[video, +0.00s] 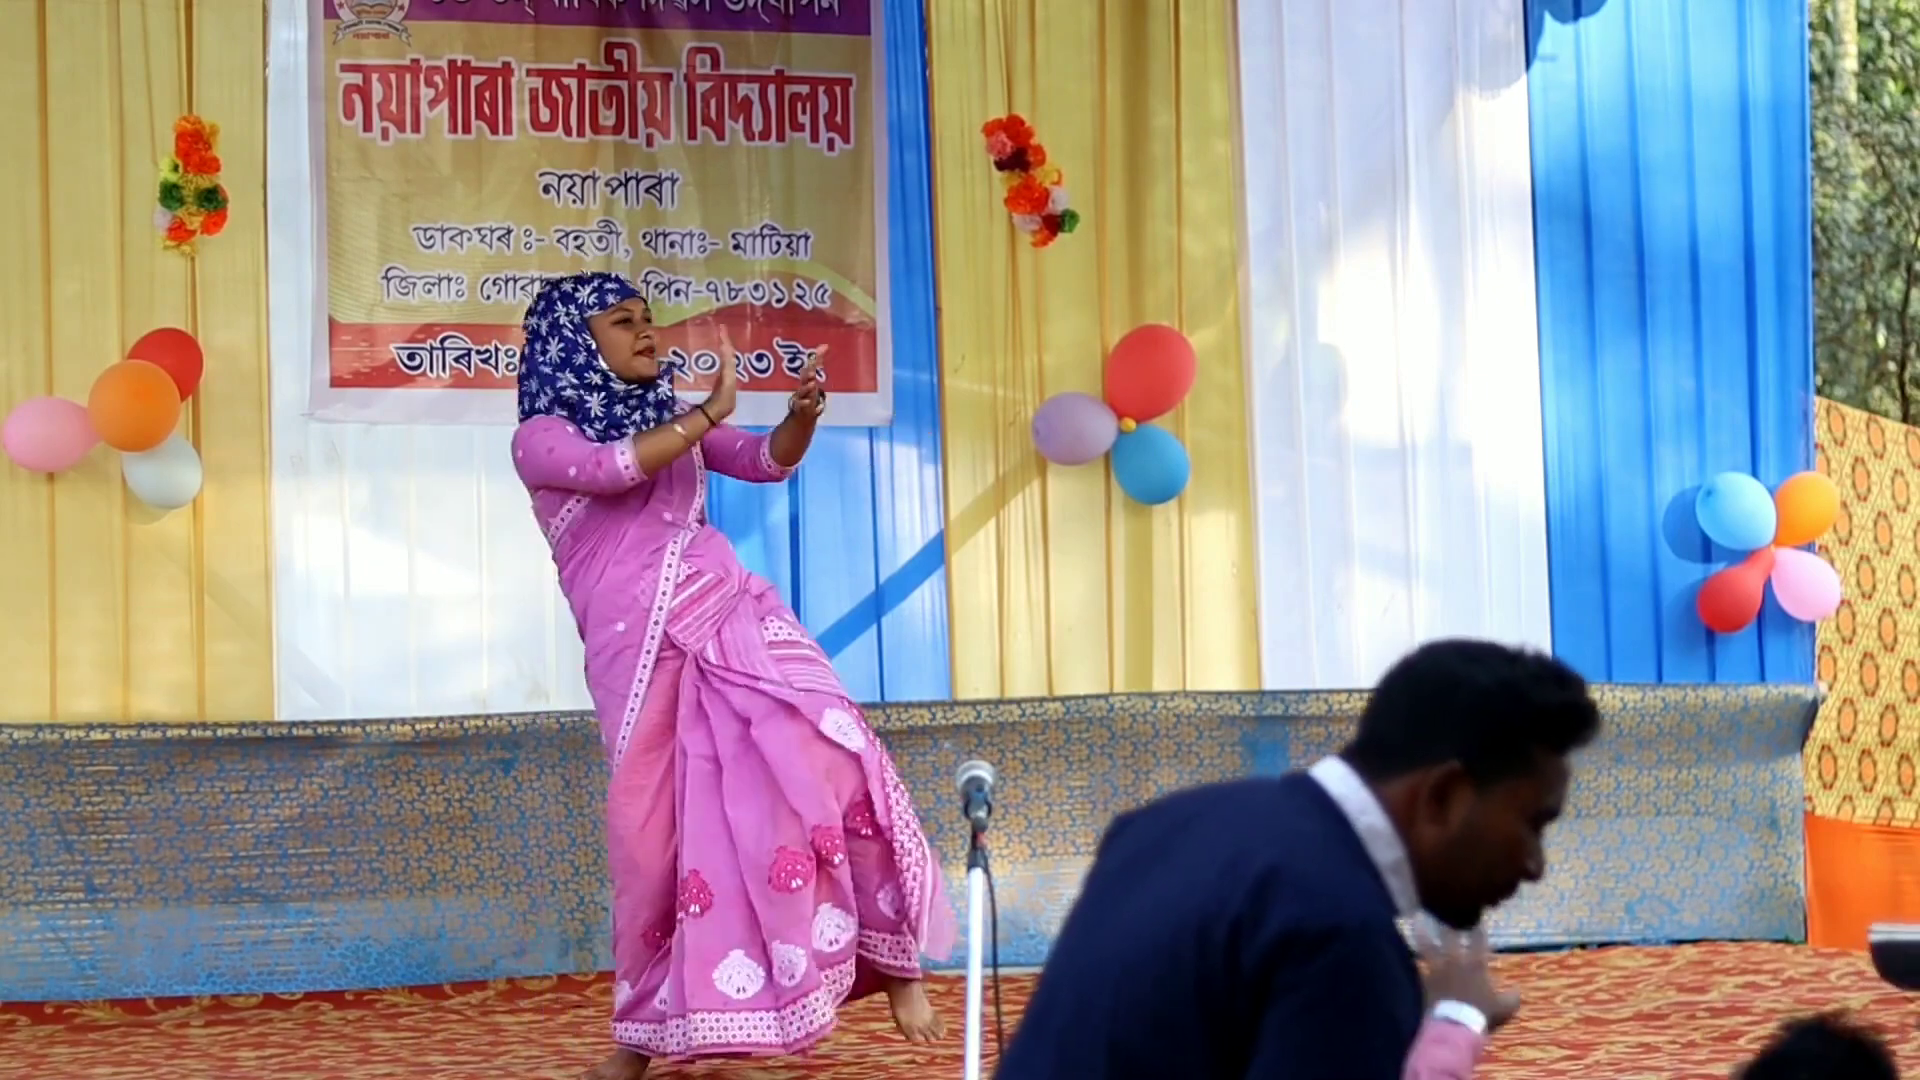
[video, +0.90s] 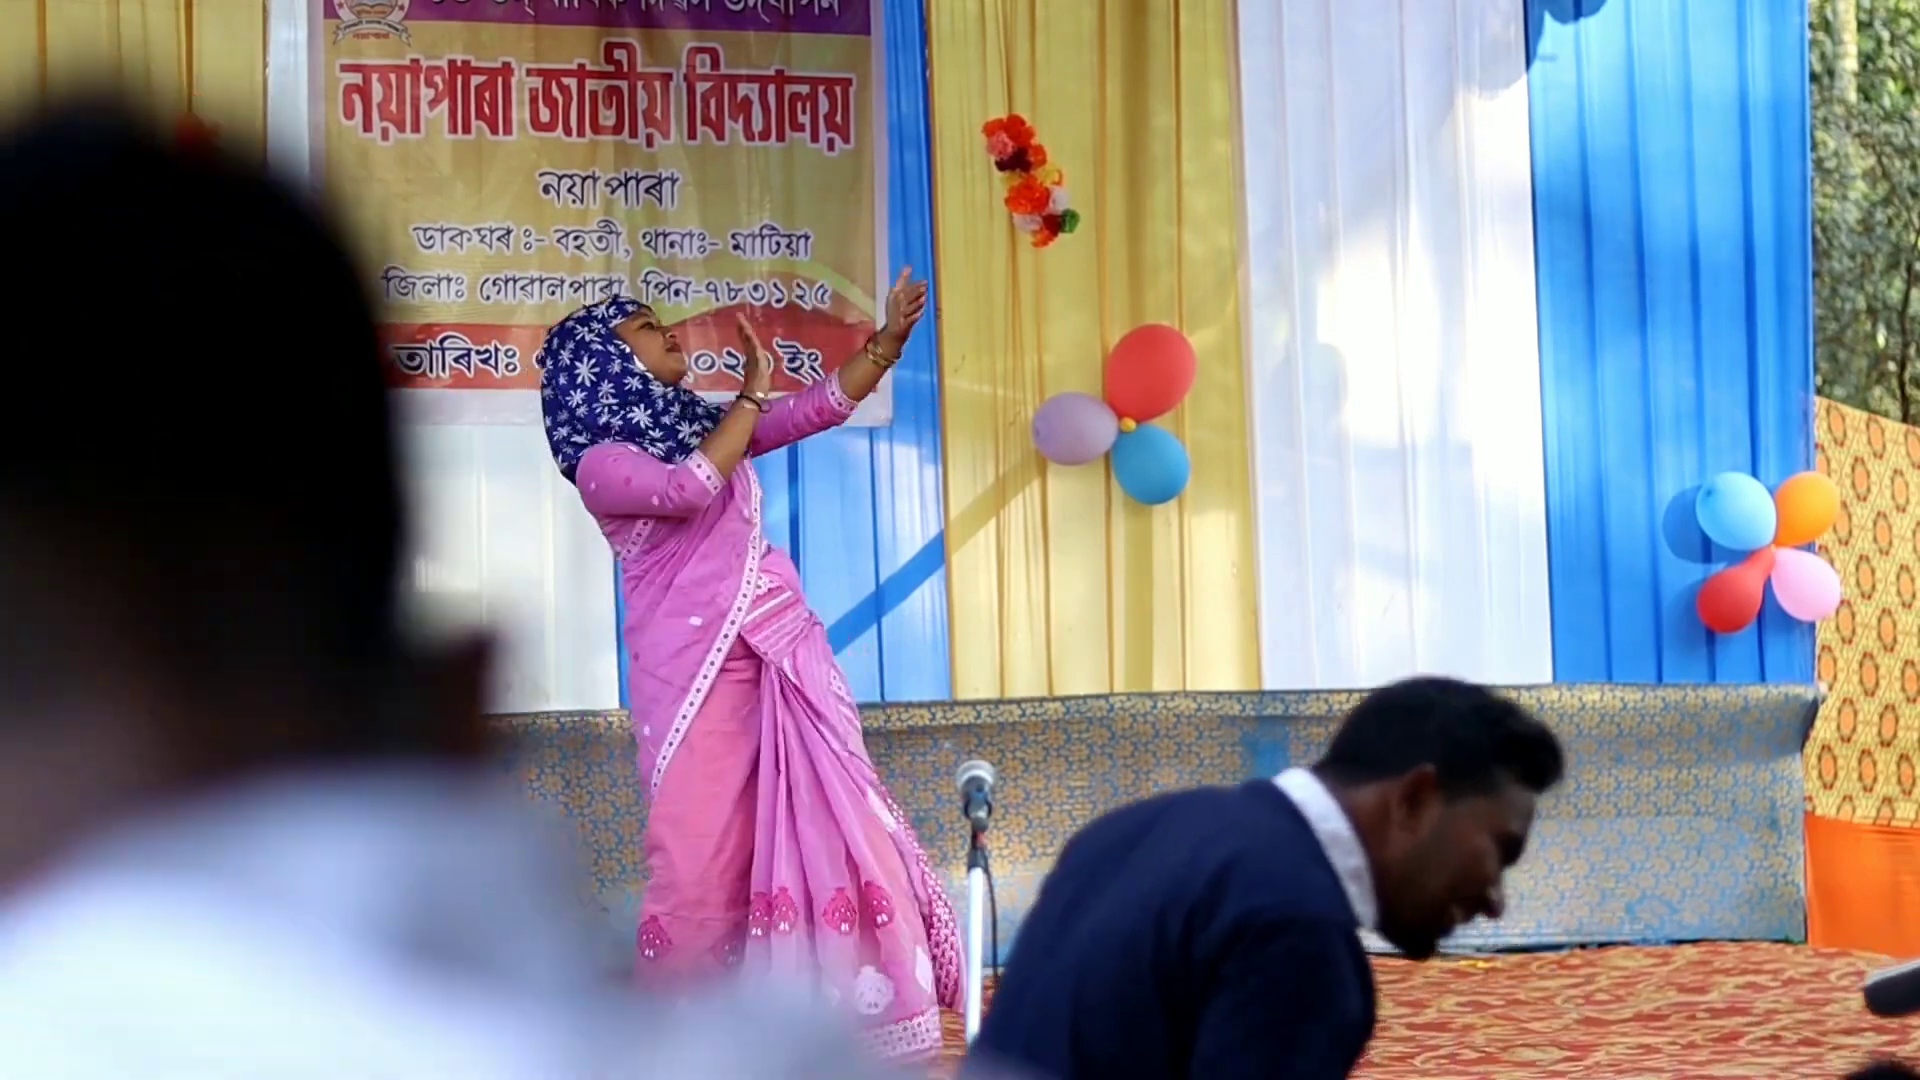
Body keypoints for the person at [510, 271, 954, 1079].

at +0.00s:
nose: (650, 337)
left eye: (648, 324)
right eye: (629, 326)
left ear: (644, 336)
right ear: (573, 344)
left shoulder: (668, 417)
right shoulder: (539, 438)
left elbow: (768, 459)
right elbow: (615, 467)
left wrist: (803, 414)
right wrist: (709, 413)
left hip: (737, 624)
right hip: (639, 654)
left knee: (842, 755)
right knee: (644, 843)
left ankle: (890, 949)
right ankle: (637, 1032)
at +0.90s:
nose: (670, 334)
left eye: (661, 325)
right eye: (650, 328)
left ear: (629, 363)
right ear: (607, 361)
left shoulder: (705, 423)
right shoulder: (600, 462)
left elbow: (822, 404)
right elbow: (690, 489)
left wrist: (886, 340)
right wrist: (750, 394)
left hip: (781, 654)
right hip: (692, 673)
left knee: (833, 829)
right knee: (700, 866)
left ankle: (875, 1029)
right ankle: (681, 1046)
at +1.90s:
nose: (664, 325)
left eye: (652, 311)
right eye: (643, 314)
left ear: (620, 348)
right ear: (604, 345)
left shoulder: (674, 416)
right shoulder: (580, 443)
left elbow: (800, 412)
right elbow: (668, 493)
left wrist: (878, 342)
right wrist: (715, 401)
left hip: (733, 663)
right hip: (647, 684)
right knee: (679, 874)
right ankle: (702, 1048)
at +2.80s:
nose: (672, 330)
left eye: (667, 315)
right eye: (649, 318)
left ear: (653, 336)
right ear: (598, 342)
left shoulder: (669, 424)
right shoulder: (591, 436)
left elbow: (764, 460)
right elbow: (716, 477)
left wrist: (852, 434)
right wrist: (828, 451)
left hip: (726, 654)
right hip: (651, 665)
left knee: (754, 826)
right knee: (674, 838)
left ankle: (765, 1029)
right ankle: (658, 1034)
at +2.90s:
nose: (675, 328)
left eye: (671, 314)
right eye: (654, 316)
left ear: (660, 328)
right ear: (604, 335)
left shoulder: (676, 420)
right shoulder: (594, 432)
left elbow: (772, 469)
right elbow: (681, 514)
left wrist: (868, 472)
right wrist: (795, 548)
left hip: (723, 653)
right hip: (647, 667)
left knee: (757, 828)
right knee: (669, 843)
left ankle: (766, 1028)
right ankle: (654, 1035)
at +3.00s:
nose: (679, 339)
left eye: (677, 326)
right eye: (657, 330)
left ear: (678, 341)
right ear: (611, 353)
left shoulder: (689, 435)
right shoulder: (612, 450)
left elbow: (772, 498)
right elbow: (632, 576)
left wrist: (862, 550)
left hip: (711, 669)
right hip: (631, 678)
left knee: (760, 839)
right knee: (659, 857)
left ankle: (759, 1041)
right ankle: (642, 1049)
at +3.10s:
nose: (682, 337)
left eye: (682, 325)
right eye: (657, 331)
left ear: (694, 340)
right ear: (617, 359)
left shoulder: (709, 442)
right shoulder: (615, 450)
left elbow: (798, 514)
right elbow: (572, 568)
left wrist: (890, 576)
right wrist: (541, 680)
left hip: (714, 690)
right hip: (625, 700)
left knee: (771, 856)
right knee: (647, 884)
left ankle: (755, 1054)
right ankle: (646, 1060)